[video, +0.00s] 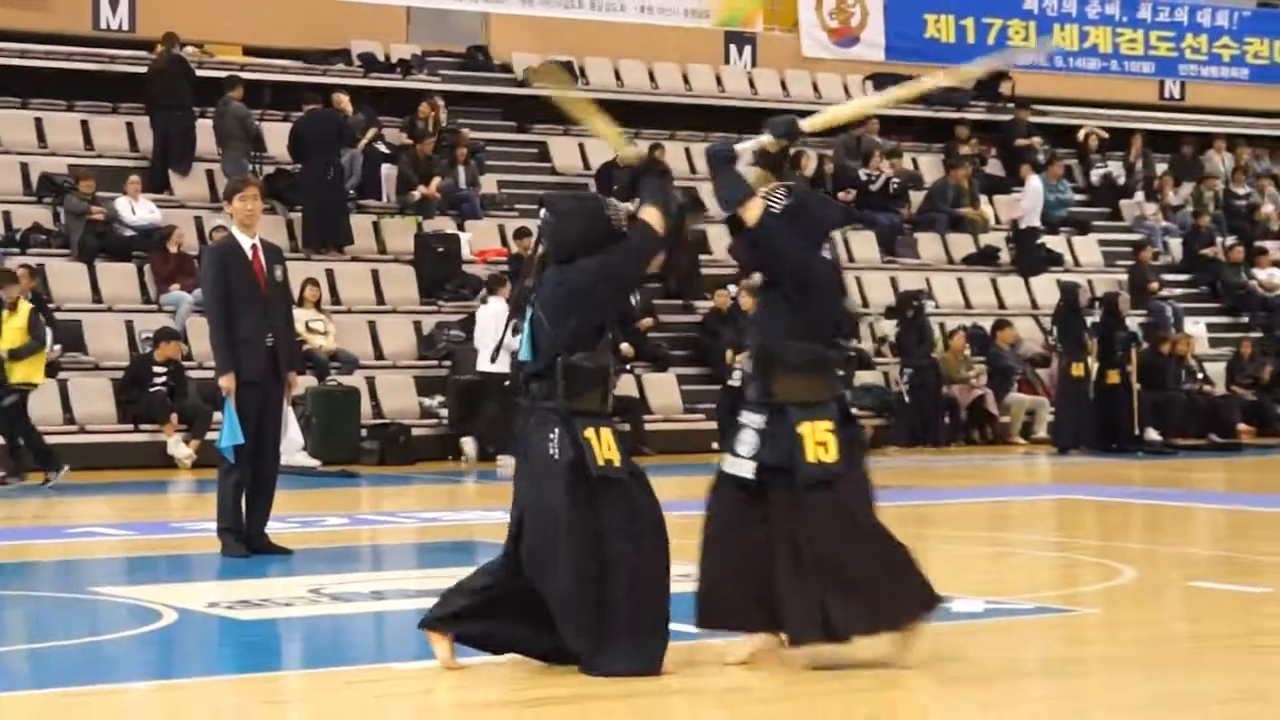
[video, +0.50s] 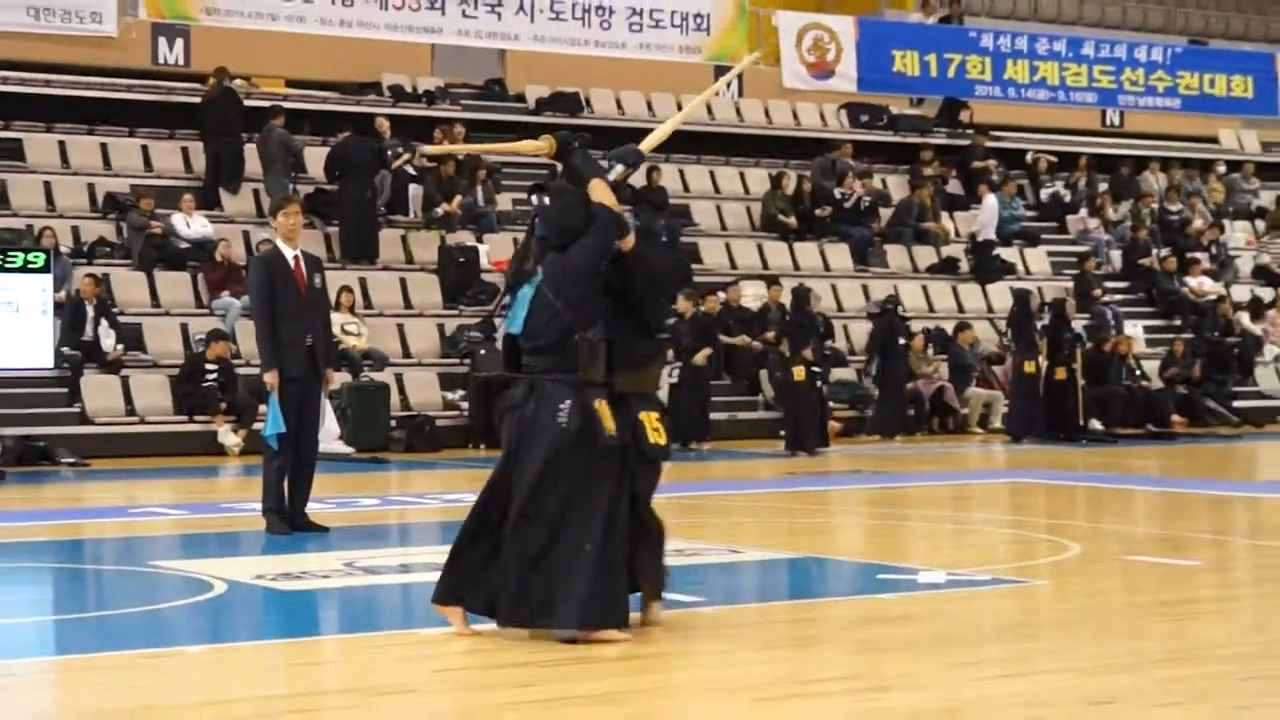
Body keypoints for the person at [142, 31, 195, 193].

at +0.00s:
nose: (179, 47)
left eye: (177, 45)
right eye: (178, 45)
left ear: (162, 44)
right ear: (176, 45)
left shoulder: (154, 64)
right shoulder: (180, 62)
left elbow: (149, 91)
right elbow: (192, 81)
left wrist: (151, 112)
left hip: (160, 113)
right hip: (180, 113)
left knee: (160, 151)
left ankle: (157, 187)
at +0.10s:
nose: (195, 60)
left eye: (193, 57)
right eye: (194, 57)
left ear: (179, 57)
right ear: (193, 57)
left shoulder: (172, 75)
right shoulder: (197, 73)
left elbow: (167, 101)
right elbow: (209, 92)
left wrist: (169, 123)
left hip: (177, 122)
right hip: (197, 122)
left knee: (177, 160)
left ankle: (174, 195)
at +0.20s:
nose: (205, 68)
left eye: (203, 65)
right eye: (205, 65)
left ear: (191, 65)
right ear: (204, 65)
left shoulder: (184, 83)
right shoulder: (208, 81)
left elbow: (179, 109)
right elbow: (219, 98)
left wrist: (181, 130)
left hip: (189, 129)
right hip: (208, 129)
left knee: (188, 165)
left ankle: (186, 198)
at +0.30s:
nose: (214, 72)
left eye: (212, 69)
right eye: (213, 69)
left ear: (198, 69)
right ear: (211, 69)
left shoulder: (191, 87)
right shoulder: (214, 84)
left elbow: (187, 113)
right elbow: (226, 100)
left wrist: (189, 134)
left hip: (196, 132)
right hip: (215, 131)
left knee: (196, 166)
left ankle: (194, 198)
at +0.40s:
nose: (221, 75)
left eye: (219, 72)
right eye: (220, 72)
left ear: (205, 72)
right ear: (218, 73)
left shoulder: (199, 90)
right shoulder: (222, 88)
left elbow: (194, 115)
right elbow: (233, 104)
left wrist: (196, 136)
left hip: (203, 135)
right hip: (222, 135)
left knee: (203, 170)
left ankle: (201, 201)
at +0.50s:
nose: (228, 80)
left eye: (226, 77)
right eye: (228, 77)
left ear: (214, 78)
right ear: (227, 78)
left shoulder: (208, 95)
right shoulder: (231, 93)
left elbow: (203, 118)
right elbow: (241, 111)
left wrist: (205, 138)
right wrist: (239, 131)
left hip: (212, 138)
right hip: (230, 138)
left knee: (212, 172)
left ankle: (210, 204)